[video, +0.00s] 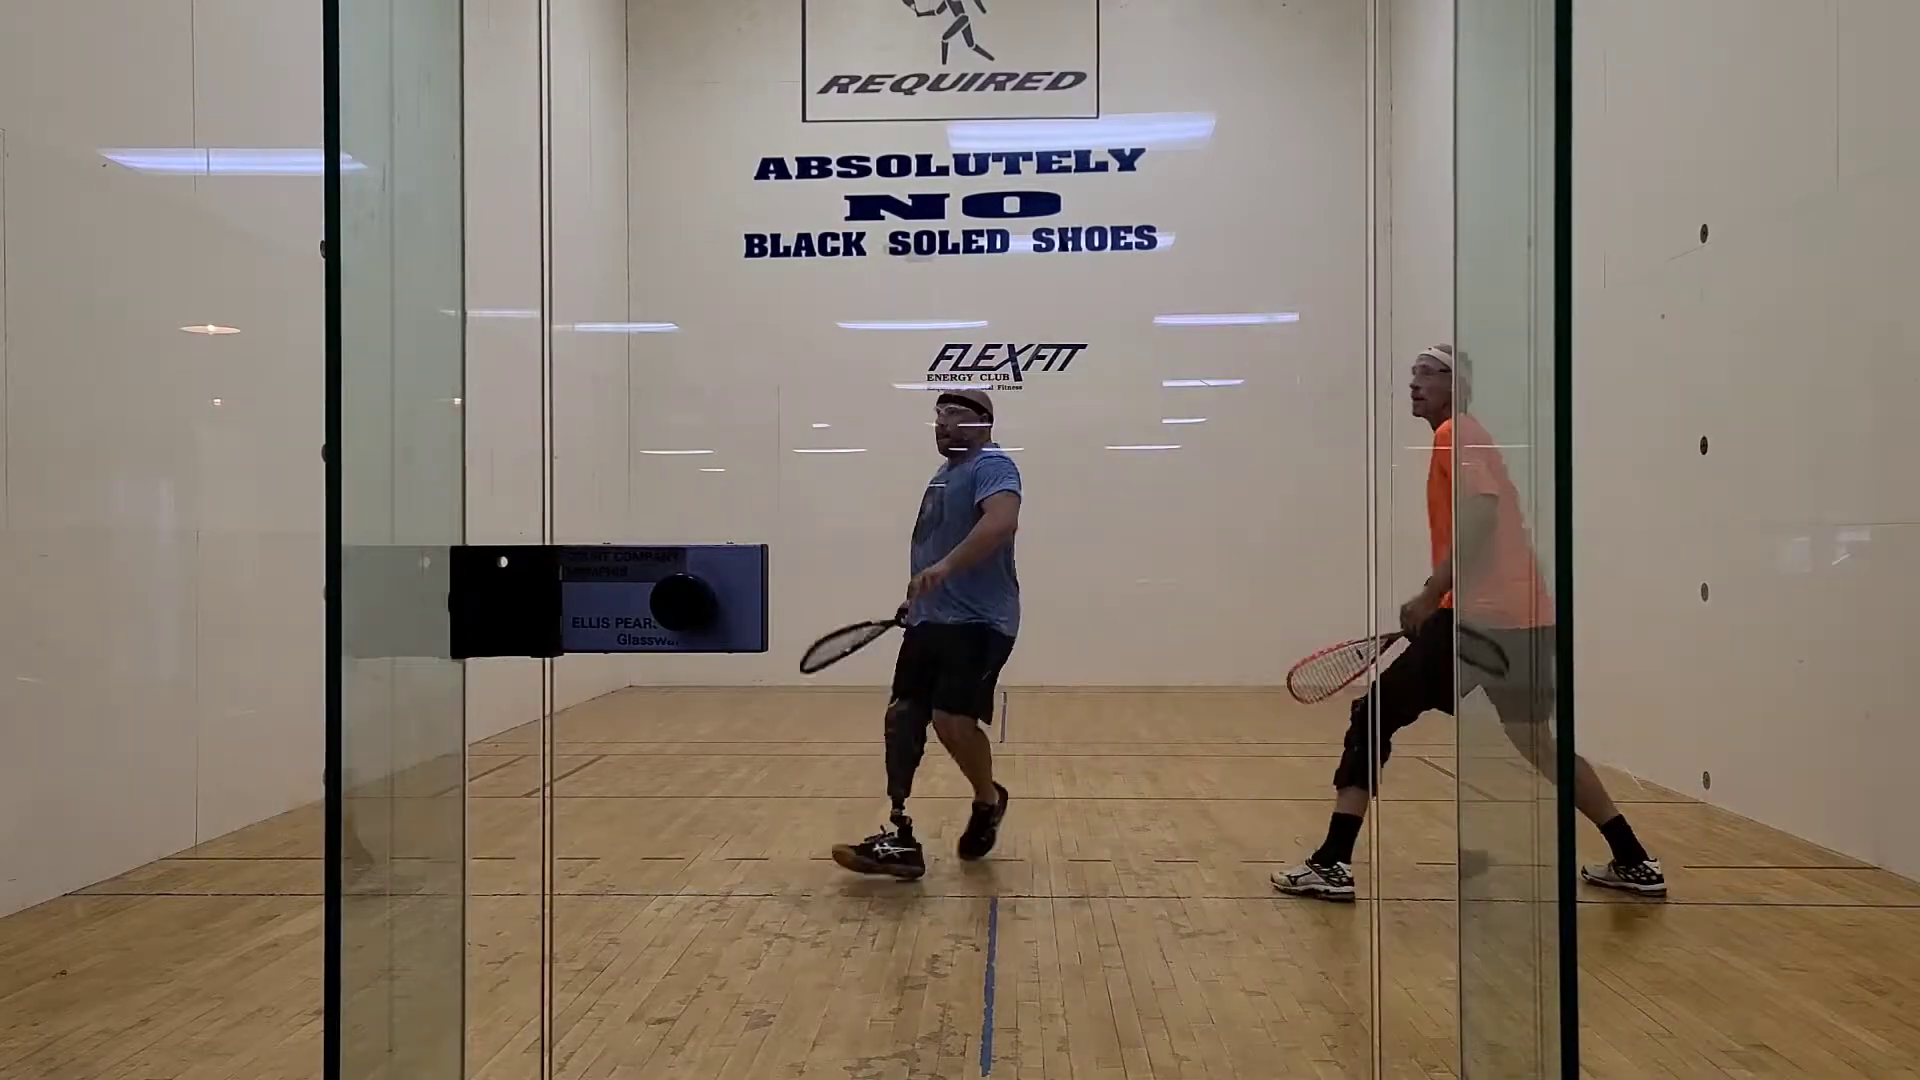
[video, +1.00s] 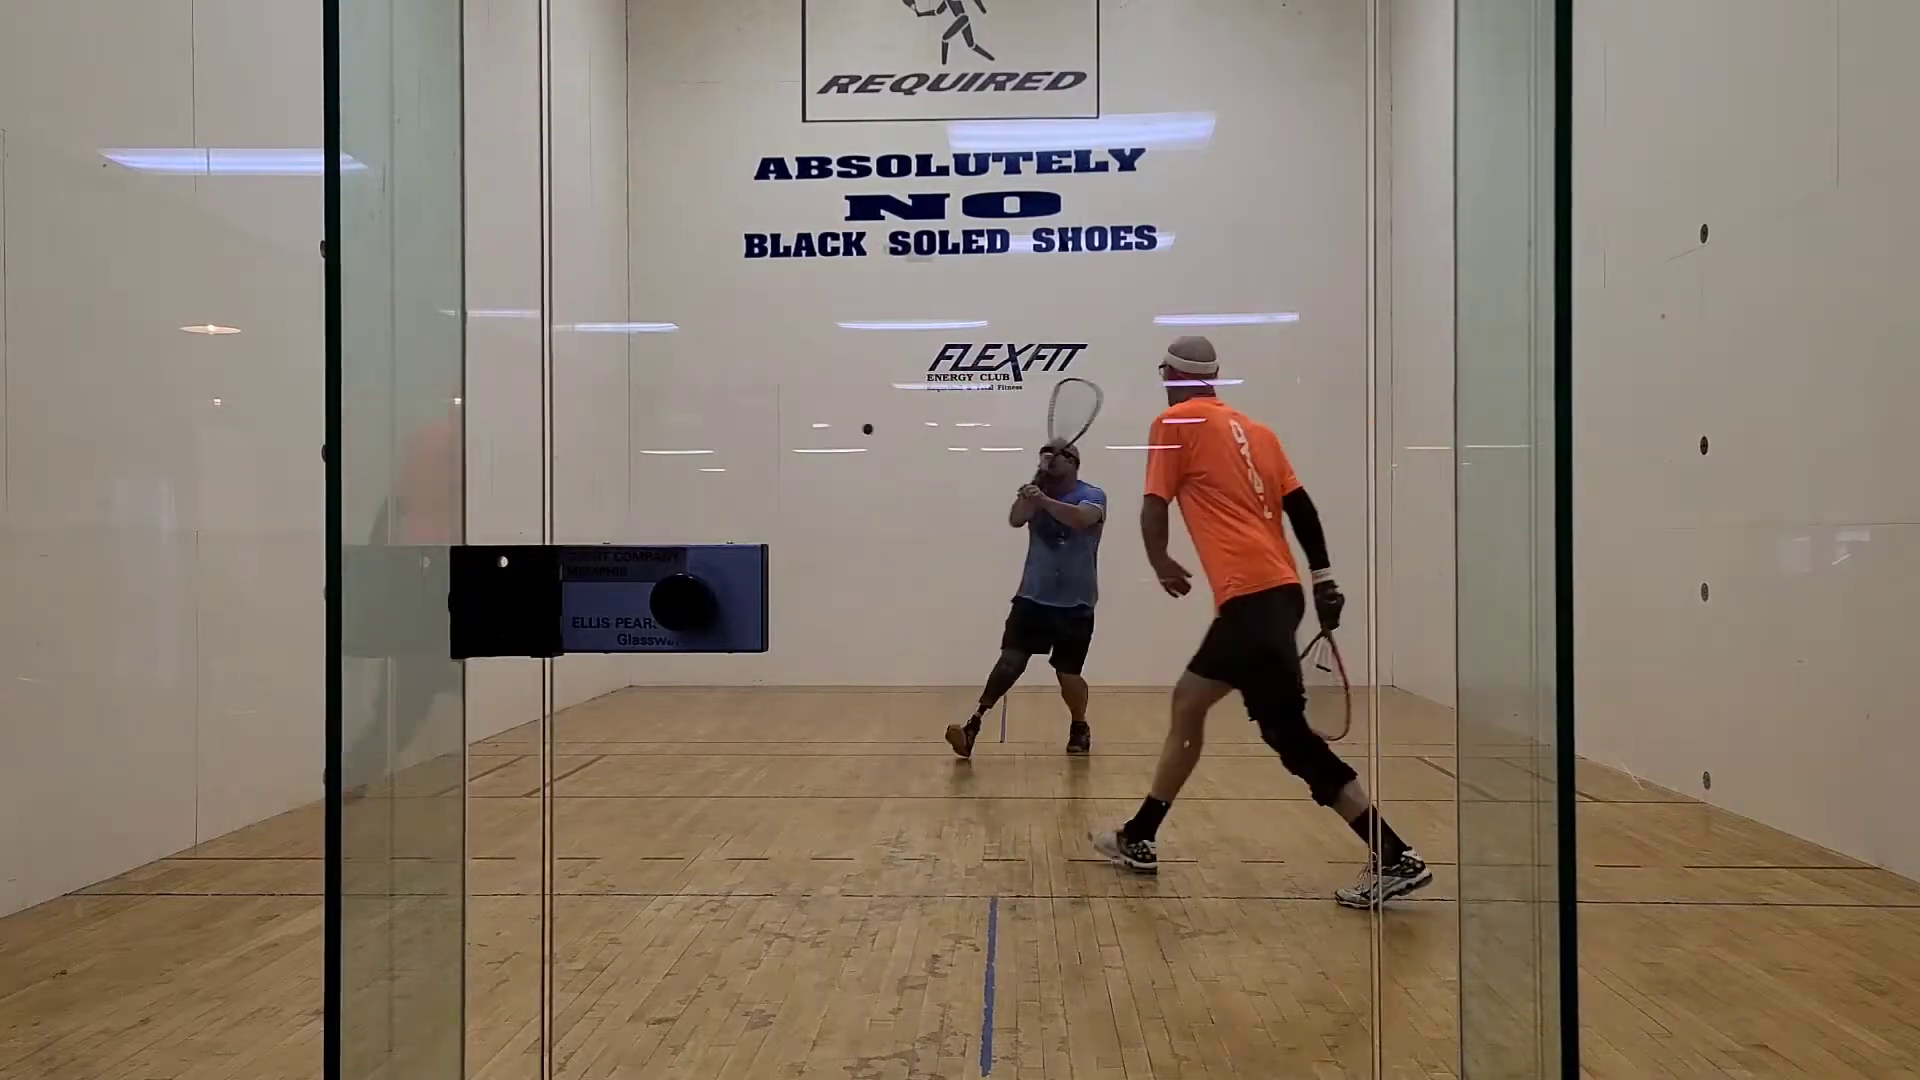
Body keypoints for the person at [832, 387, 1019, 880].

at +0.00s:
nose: (945, 422)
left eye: (958, 415)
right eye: (941, 415)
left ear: (983, 426)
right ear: (936, 424)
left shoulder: (992, 465)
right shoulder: (941, 479)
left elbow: (1001, 522)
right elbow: (935, 549)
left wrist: (944, 567)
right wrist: (914, 598)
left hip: (980, 619)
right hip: (932, 619)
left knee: (952, 719)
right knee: (902, 717)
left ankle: (988, 799)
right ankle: (899, 830)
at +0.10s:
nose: (948, 428)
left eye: (960, 421)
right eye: (942, 420)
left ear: (982, 432)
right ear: (934, 429)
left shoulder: (997, 473)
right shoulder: (933, 482)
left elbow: (1028, 514)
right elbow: (926, 548)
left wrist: (991, 540)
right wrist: (896, 594)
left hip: (982, 621)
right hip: (929, 616)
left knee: (958, 713)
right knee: (887, 696)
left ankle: (979, 820)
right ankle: (915, 803)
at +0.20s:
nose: (940, 428)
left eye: (950, 420)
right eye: (933, 421)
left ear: (971, 426)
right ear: (926, 429)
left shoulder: (1001, 466)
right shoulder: (917, 478)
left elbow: (1063, 502)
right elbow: (906, 537)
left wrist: (1050, 542)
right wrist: (883, 586)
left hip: (987, 608)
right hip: (927, 609)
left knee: (988, 702)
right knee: (893, 704)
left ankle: (988, 813)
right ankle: (912, 752)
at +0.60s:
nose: (972, 445)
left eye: (980, 438)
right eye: (968, 438)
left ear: (1000, 440)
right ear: (963, 442)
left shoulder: (1031, 479)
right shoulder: (951, 481)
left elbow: (1070, 522)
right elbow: (938, 529)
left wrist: (1064, 572)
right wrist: (927, 564)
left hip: (1013, 599)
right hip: (964, 596)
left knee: (1007, 677)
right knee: (951, 671)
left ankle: (1001, 755)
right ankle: (949, 722)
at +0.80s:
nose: (987, 465)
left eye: (995, 459)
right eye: (985, 459)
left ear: (1017, 463)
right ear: (983, 464)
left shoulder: (1043, 498)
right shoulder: (971, 503)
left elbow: (1095, 523)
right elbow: (954, 545)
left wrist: (1099, 540)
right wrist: (951, 561)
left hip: (1035, 605)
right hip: (989, 608)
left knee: (1046, 675)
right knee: (977, 677)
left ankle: (1059, 729)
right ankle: (962, 735)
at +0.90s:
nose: (1012, 461)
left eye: (1021, 456)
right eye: (1010, 457)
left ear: (1040, 465)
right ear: (1007, 465)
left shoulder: (1062, 499)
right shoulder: (998, 503)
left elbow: (1104, 527)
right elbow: (974, 551)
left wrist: (1079, 519)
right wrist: (980, 526)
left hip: (1052, 607)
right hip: (1007, 605)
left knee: (1057, 678)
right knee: (985, 670)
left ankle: (1081, 713)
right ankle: (963, 733)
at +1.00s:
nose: (1048, 461)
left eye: (1055, 456)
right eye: (1045, 456)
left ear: (1073, 463)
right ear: (1040, 463)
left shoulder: (1092, 495)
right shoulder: (1037, 493)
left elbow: (1082, 519)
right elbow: (1016, 520)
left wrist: (1043, 501)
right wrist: (1028, 497)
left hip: (1075, 602)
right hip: (1033, 596)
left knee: (1068, 674)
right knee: (1009, 664)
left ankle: (1079, 726)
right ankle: (970, 730)